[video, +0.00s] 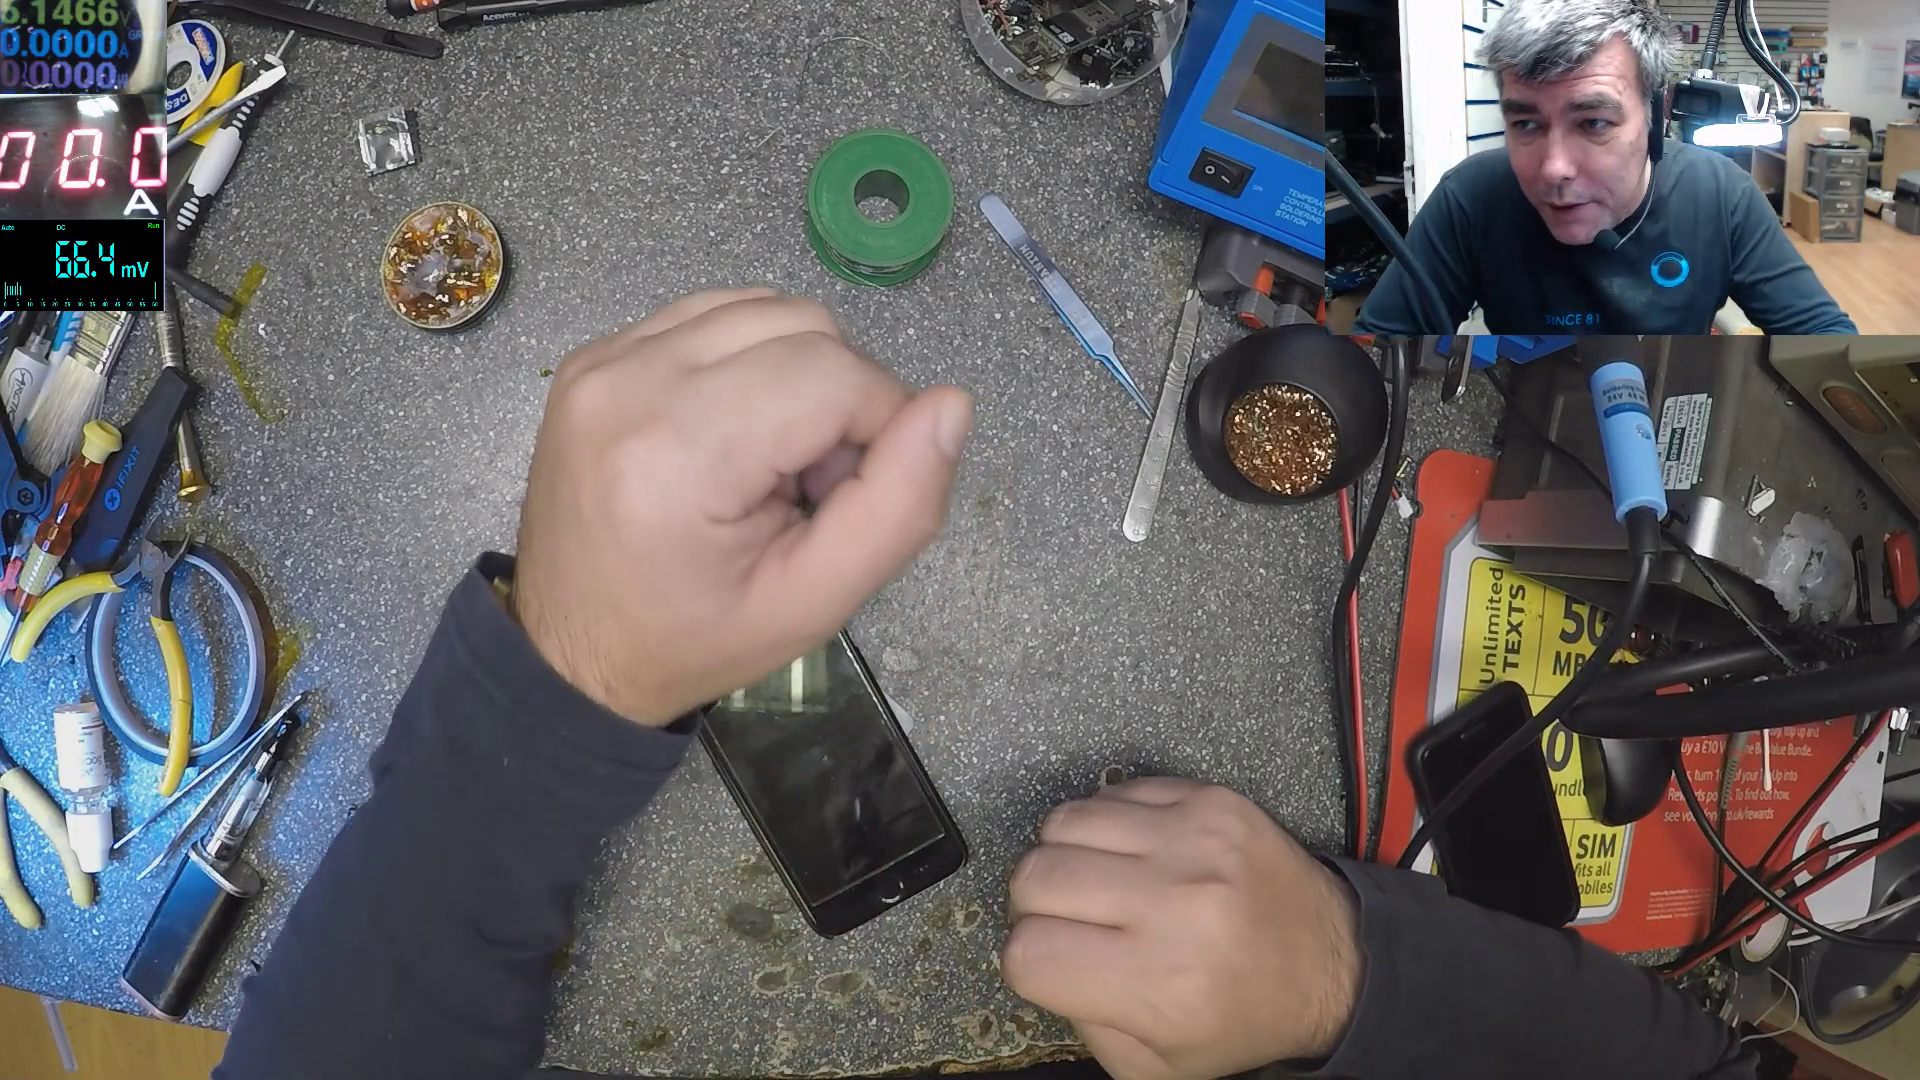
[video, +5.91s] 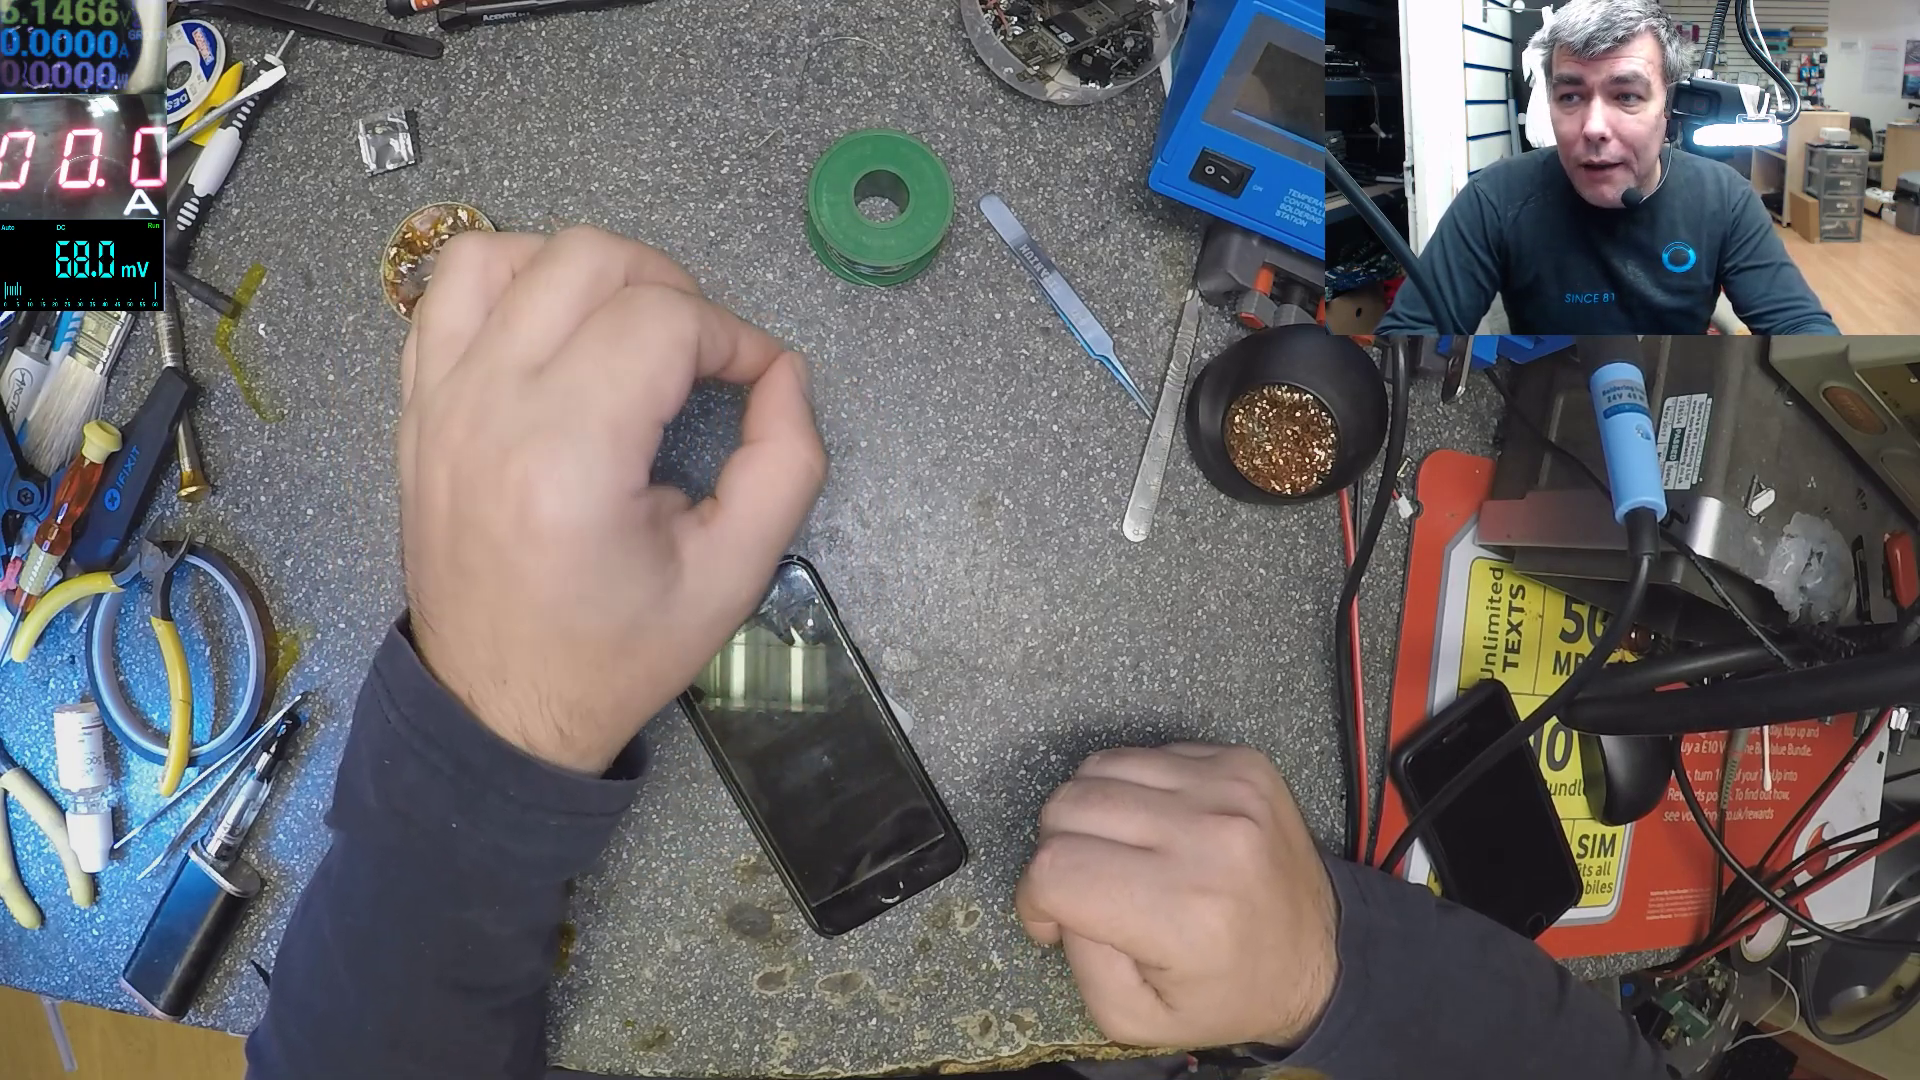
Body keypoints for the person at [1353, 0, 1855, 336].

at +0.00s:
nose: (1555, 170)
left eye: (1593, 123)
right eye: (1526, 125)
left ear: (1655, 117)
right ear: (1504, 119)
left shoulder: (1720, 198)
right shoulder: (1468, 203)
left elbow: (1824, 339)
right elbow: (1378, 348)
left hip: (1675, 426)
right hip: (1525, 427)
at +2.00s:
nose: (1597, 153)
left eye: (1632, 116)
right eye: (1573, 112)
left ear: (1670, 115)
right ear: (1546, 107)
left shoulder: (1723, 199)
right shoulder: (1493, 203)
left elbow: (1817, 331)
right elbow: (1401, 342)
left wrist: (1788, 344)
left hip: (1683, 432)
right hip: (1542, 431)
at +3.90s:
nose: (1599, 155)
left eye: (1632, 120)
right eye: (1575, 116)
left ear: (1671, 117)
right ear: (1549, 111)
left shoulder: (1722, 200)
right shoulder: (1496, 203)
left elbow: (1802, 329)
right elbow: (1406, 335)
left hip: (1681, 422)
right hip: (1545, 424)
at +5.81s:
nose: (1599, 124)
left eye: (1629, 94)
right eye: (1575, 94)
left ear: (1668, 107)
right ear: (1549, 106)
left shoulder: (1721, 199)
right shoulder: (1495, 203)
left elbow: (1801, 327)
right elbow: (1407, 336)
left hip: (1682, 417)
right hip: (1544, 420)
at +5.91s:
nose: (1595, 129)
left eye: (1627, 98)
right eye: (1572, 97)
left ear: (1667, 108)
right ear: (1547, 106)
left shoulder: (1721, 200)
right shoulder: (1496, 203)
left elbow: (1802, 328)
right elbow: (1408, 337)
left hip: (1682, 419)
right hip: (1544, 420)